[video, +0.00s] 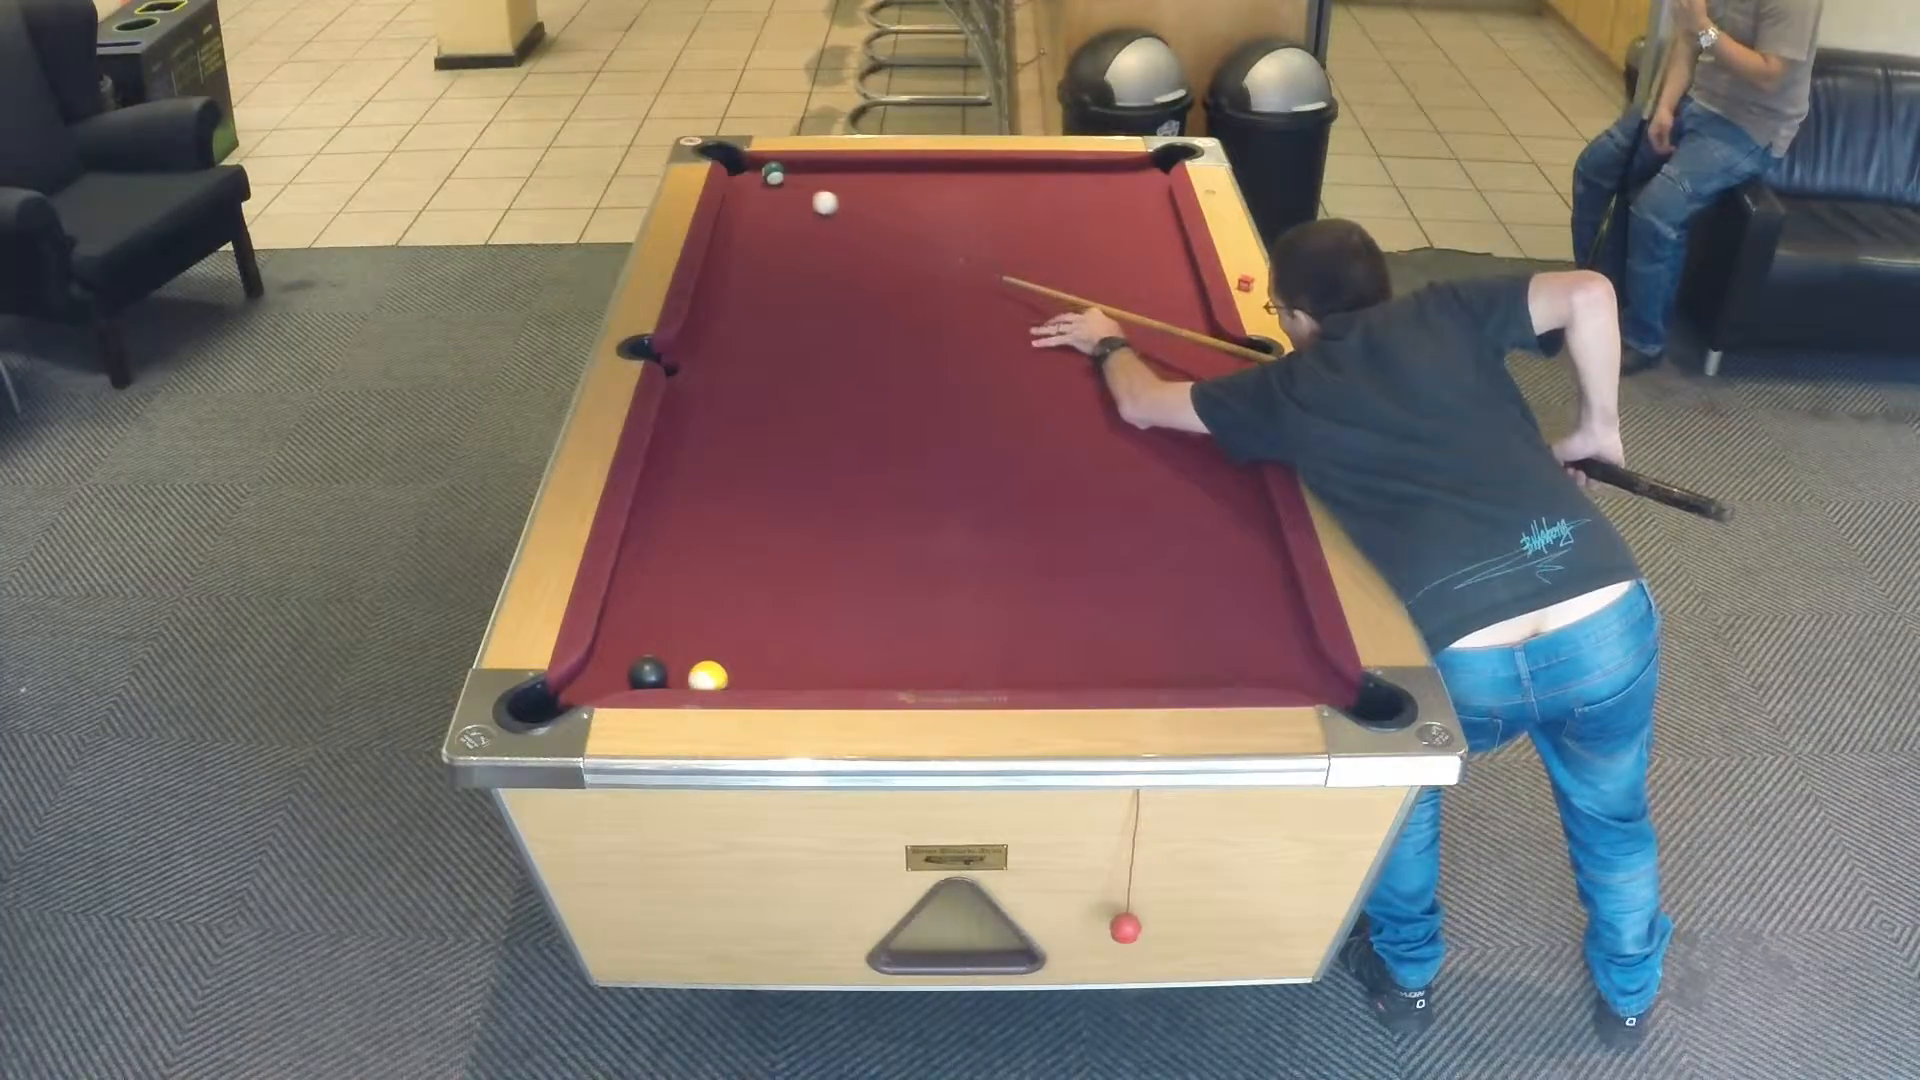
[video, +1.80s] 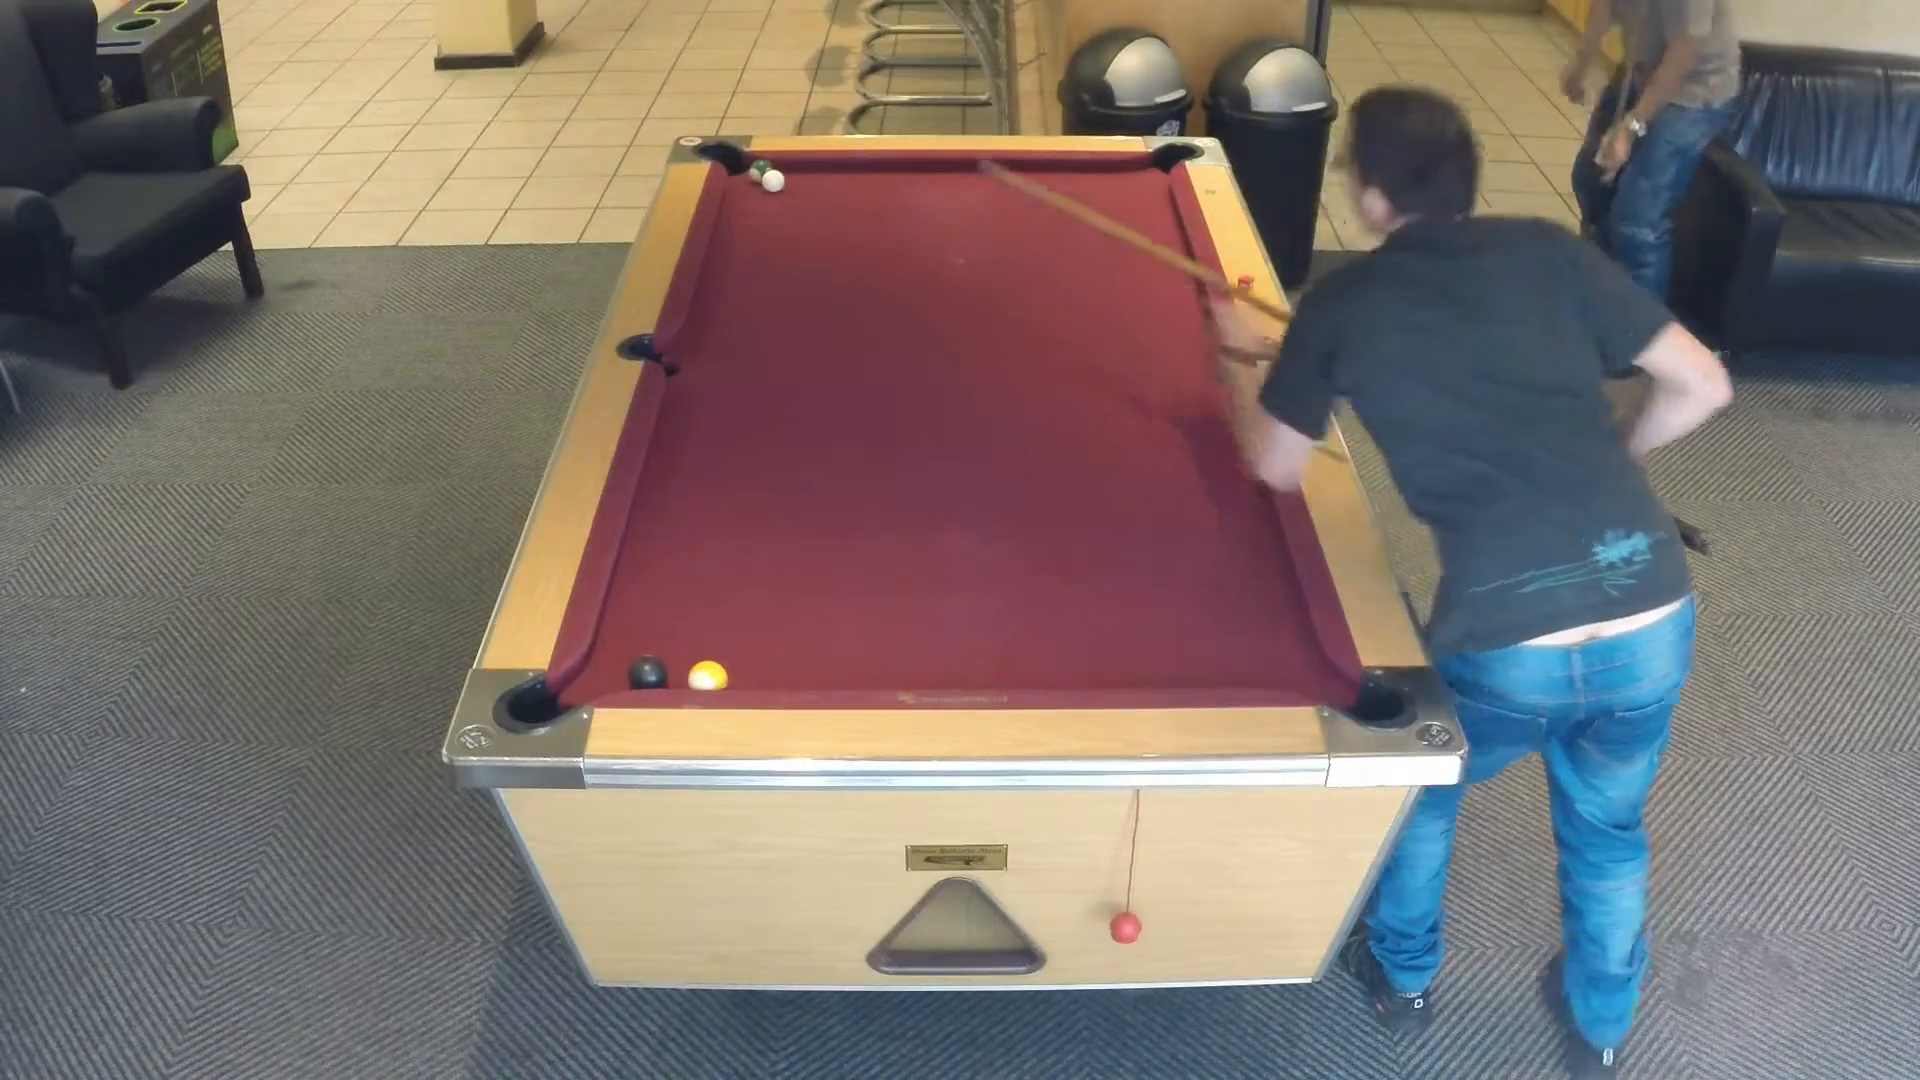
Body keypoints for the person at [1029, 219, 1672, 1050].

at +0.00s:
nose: (1280, 318)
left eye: (1282, 306)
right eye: (1279, 306)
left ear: (1298, 317)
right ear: (1385, 290)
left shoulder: (1287, 389)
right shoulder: (1450, 313)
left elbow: (1143, 400)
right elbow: (1587, 293)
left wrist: (1105, 341)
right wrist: (1600, 422)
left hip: (1467, 660)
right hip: (1606, 621)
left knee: (1394, 765)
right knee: (1615, 820)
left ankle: (1408, 967)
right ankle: (1630, 992)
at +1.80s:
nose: (1341, 189)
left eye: (1346, 175)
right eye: (1346, 171)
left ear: (1370, 194)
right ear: (1463, 180)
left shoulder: (1343, 300)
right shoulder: (1550, 251)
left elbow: (1277, 466)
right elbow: (1702, 385)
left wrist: (1247, 378)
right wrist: (1604, 446)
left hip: (1508, 640)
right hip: (1652, 621)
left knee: (1424, 780)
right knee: (1610, 831)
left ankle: (1404, 966)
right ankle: (1605, 1019)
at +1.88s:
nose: (1370, 167)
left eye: (1376, 154)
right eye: (1374, 150)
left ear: (1398, 176)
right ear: (1494, 163)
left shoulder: (1365, 295)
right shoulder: (1584, 245)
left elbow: (1341, 493)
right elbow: (1719, 394)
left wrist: (1374, 413)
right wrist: (1611, 453)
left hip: (1519, 637)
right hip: (1662, 621)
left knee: (1436, 792)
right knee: (1606, 841)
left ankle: (1403, 973)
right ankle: (1602, 1042)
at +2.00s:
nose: (1419, 149)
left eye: (1430, 138)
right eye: (1426, 132)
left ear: (1464, 166)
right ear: (1548, 147)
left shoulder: (1420, 297)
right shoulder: (1636, 248)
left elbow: (1416, 510)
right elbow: (1743, 423)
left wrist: (1503, 473)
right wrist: (1638, 464)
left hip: (1546, 661)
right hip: (1684, 639)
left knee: (1450, 817)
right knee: (1606, 859)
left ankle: (1402, 969)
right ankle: (1613, 1060)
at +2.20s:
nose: (1504, 176)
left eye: (1521, 161)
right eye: (1510, 155)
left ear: (1582, 182)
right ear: (1638, 176)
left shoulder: (1556, 340)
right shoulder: (1737, 285)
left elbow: (1503, 578)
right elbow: (1753, 454)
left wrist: (1470, 497)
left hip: (1597, 728)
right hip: (1723, 706)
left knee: (1473, 865)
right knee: (1622, 911)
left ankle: (1404, 985)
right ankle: (1612, 1066)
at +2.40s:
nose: (1551, 202)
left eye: (1577, 192)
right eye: (1561, 180)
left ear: (1656, 227)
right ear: (1676, 227)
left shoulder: (1635, 393)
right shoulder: (1771, 312)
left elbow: (1632, 661)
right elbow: (1757, 510)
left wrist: (1539, 622)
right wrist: (1611, 589)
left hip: (1634, 773)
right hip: (1741, 724)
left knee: (1477, 967)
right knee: (1629, 946)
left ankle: (1454, 1069)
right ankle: (1615, 1068)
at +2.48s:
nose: (1556, 222)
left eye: (1581, 213)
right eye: (1566, 200)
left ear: (1664, 247)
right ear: (1686, 249)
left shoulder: (1648, 422)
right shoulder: (1769, 321)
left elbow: (1677, 694)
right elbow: (1792, 511)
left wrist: (1560, 704)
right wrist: (1620, 561)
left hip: (1640, 793)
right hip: (1738, 750)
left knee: (1486, 993)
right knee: (1628, 960)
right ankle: (1614, 1067)